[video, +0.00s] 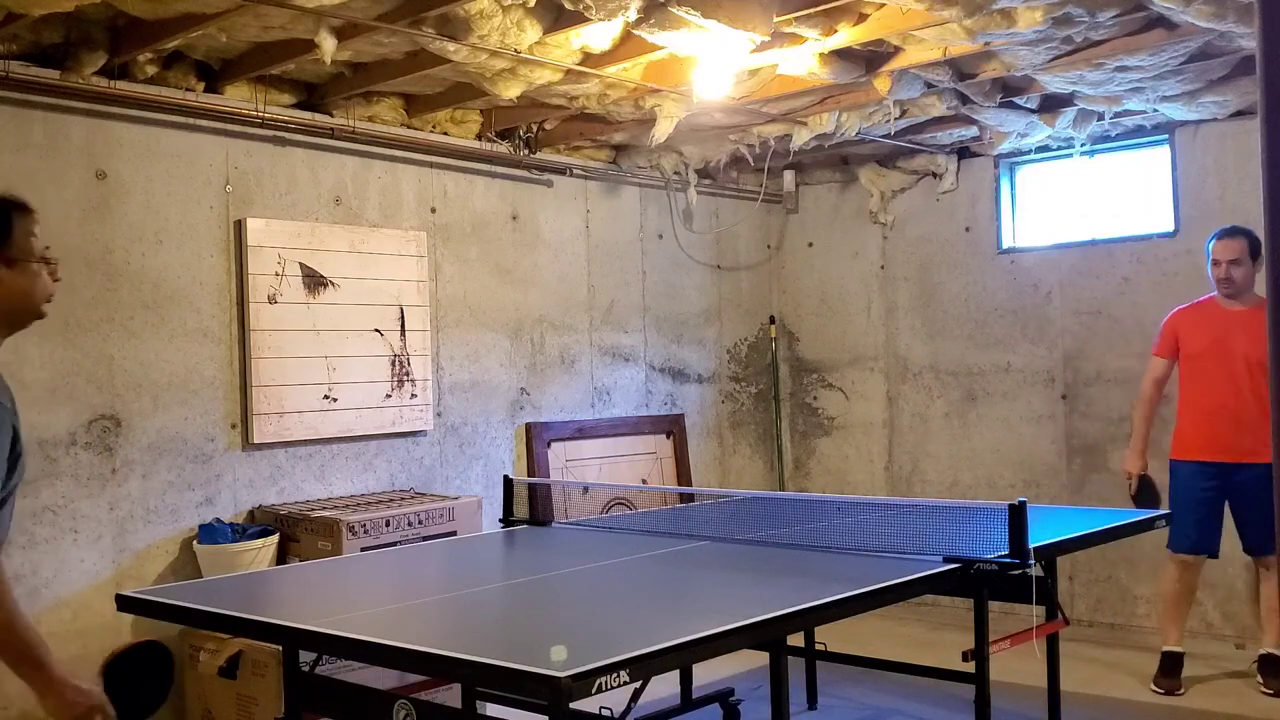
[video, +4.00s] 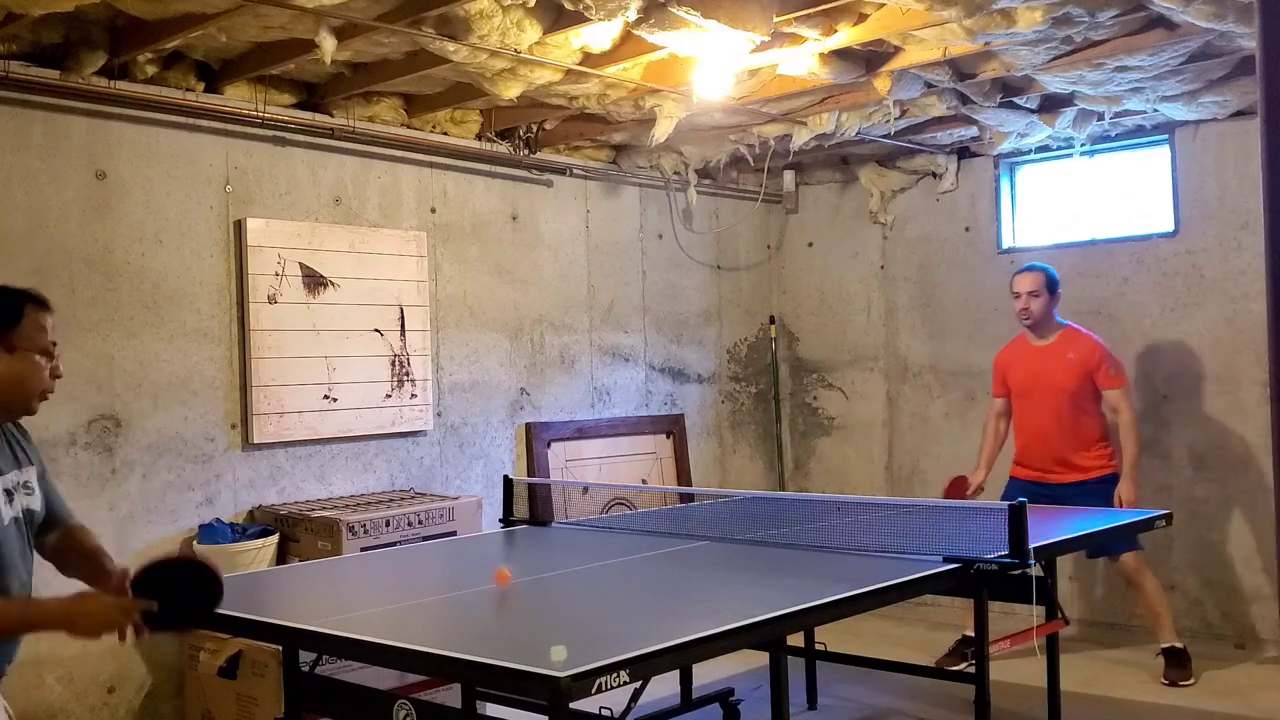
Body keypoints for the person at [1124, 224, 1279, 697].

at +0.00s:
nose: (1223, 271)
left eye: (1234, 262)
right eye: (1216, 263)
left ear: (1255, 266)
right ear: (1208, 266)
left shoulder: (1269, 317)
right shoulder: (1183, 319)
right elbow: (1152, 384)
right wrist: (1137, 448)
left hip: (1260, 461)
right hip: (1194, 460)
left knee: (1270, 559)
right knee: (1184, 556)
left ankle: (1271, 655)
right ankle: (1171, 655)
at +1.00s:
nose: (1149, 278)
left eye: (1160, 270)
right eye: (1143, 270)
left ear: (1181, 272)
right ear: (1137, 272)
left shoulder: (1212, 326)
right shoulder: (1120, 327)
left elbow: (1229, 400)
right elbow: (1095, 388)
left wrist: (1199, 443)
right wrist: (1077, 441)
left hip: (1200, 462)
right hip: (1137, 464)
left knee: (1224, 553)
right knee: (1139, 553)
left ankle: (1252, 652)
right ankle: (1144, 645)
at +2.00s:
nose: (1225, 299)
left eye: (1238, 292)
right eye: (1220, 288)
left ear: (1256, 294)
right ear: (1211, 282)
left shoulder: (1265, 339)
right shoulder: (1180, 320)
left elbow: (1267, 394)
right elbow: (1127, 372)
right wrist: (1168, 404)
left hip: (1230, 463)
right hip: (1168, 457)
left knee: (1234, 556)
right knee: (1155, 544)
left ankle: (1244, 657)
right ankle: (1155, 626)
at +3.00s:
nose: (1049, 288)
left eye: (1058, 279)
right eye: (1044, 280)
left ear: (1084, 281)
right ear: (1043, 284)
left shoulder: (1119, 332)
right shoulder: (1039, 340)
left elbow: (1147, 401)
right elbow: (1026, 401)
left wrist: (1111, 452)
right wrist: (1004, 451)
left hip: (1117, 470)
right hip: (1057, 472)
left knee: (1138, 556)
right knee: (1041, 560)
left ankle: (1175, 647)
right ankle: (1052, 643)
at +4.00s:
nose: (1023, 304)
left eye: (1032, 295)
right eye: (1016, 296)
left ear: (1053, 298)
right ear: (1012, 301)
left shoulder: (1090, 349)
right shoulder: (1008, 358)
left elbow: (1123, 411)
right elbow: (999, 417)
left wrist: (1128, 477)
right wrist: (981, 472)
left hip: (1090, 484)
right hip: (1027, 483)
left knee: (1132, 564)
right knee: (984, 554)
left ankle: (1172, 647)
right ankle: (972, 639)